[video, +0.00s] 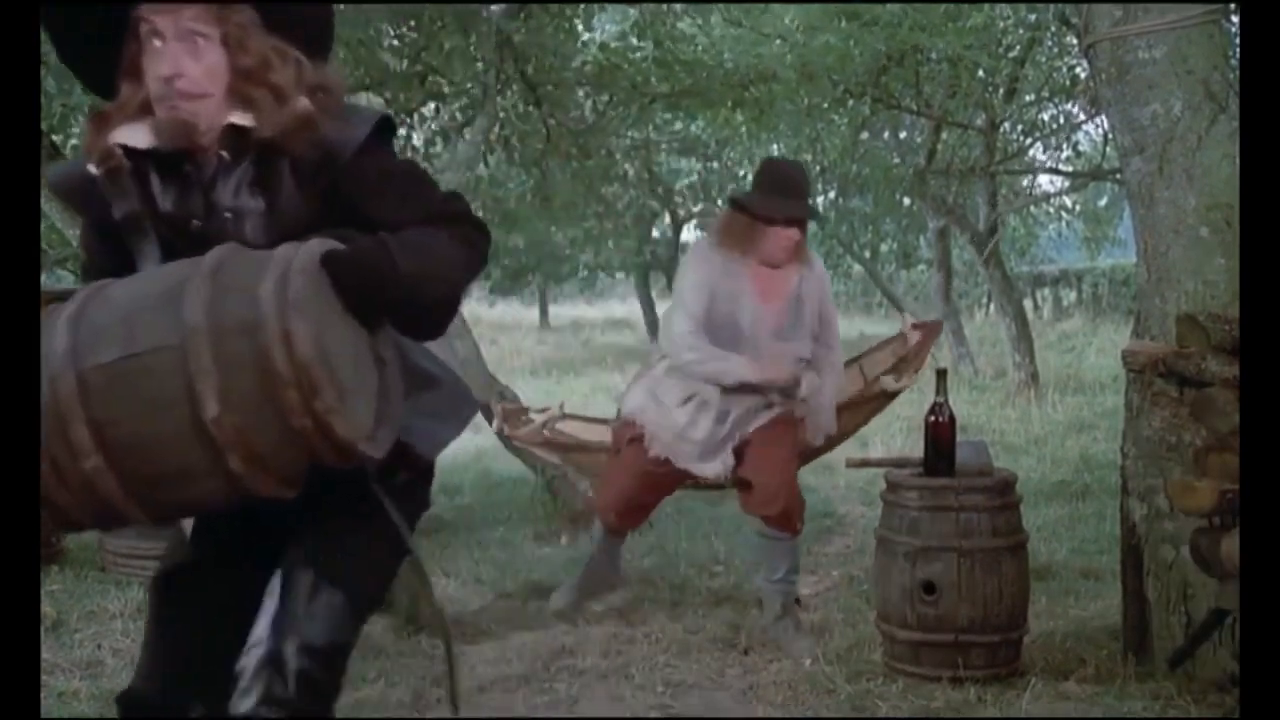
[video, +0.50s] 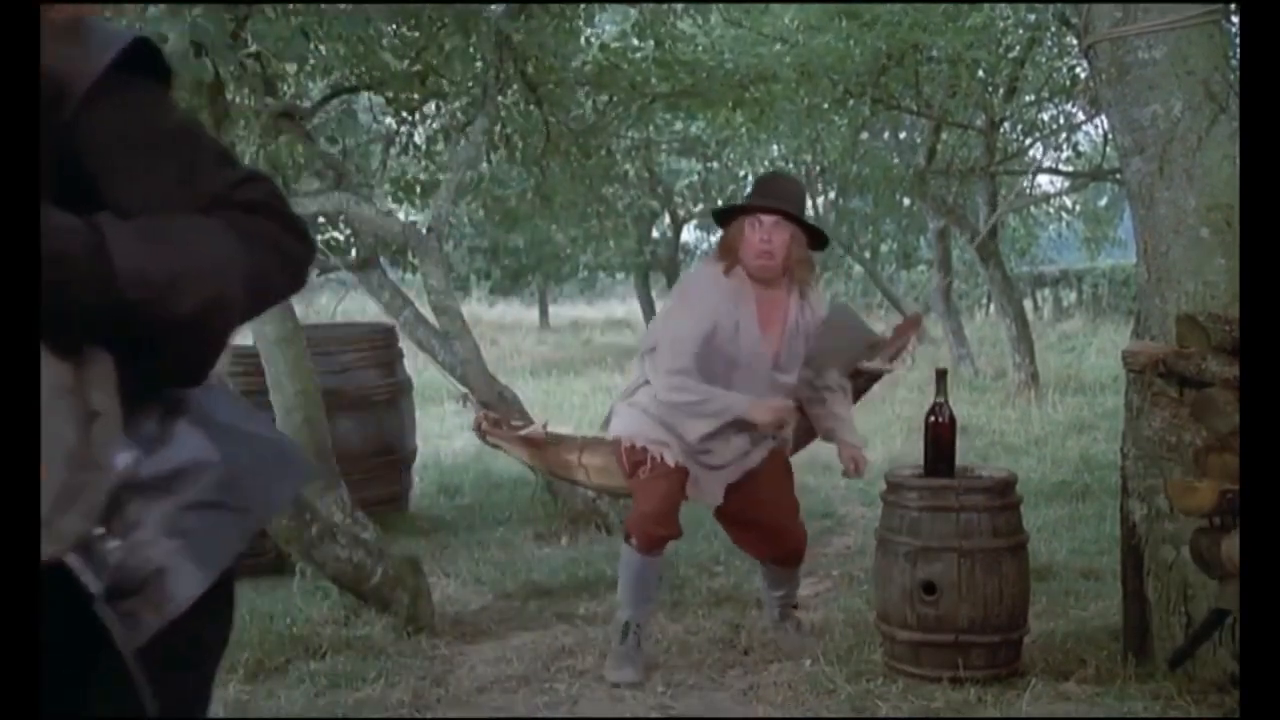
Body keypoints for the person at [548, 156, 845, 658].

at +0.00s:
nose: (790, 235)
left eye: (797, 225)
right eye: (779, 224)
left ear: (803, 229)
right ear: (751, 222)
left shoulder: (811, 275)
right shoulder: (706, 259)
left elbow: (828, 350)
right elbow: (681, 346)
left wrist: (822, 412)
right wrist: (757, 371)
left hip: (765, 404)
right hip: (688, 392)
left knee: (778, 493)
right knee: (621, 494)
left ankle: (780, 604)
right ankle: (600, 566)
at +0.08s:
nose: (816, 239)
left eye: (824, 230)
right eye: (805, 227)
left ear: (828, 239)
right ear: (773, 229)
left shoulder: (822, 288)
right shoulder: (730, 274)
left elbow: (842, 358)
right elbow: (742, 368)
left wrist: (848, 408)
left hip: (769, 409)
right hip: (687, 395)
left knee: (786, 497)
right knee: (653, 483)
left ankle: (781, 611)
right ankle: (616, 577)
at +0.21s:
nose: (804, 244)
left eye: (817, 234)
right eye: (794, 230)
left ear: (830, 246)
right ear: (771, 235)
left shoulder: (824, 304)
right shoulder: (743, 286)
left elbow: (852, 373)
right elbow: (773, 370)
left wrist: (888, 427)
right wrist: (844, 435)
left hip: (757, 418)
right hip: (685, 403)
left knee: (794, 515)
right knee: (672, 492)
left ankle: (783, 621)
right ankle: (631, 618)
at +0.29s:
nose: (794, 243)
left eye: (807, 232)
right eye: (783, 230)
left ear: (825, 246)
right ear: (765, 238)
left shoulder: (820, 305)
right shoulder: (739, 289)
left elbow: (850, 373)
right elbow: (758, 379)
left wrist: (878, 423)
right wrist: (836, 431)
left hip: (751, 425)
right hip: (681, 412)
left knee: (797, 522)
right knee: (673, 497)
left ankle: (782, 621)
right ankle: (633, 632)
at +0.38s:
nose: (787, 243)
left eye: (800, 232)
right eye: (776, 230)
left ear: (818, 246)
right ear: (758, 239)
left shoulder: (815, 308)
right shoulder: (732, 290)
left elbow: (844, 377)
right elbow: (735, 390)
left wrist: (871, 426)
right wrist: (820, 420)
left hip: (761, 428)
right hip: (680, 414)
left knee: (794, 529)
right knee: (667, 503)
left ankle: (783, 619)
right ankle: (631, 636)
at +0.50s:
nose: (764, 237)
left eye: (777, 226)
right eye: (753, 224)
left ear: (797, 240)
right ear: (736, 234)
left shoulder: (807, 304)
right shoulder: (706, 288)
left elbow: (823, 379)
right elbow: (667, 383)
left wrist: (845, 436)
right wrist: (747, 408)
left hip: (748, 429)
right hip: (664, 420)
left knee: (785, 536)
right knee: (655, 511)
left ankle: (781, 619)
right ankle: (629, 637)